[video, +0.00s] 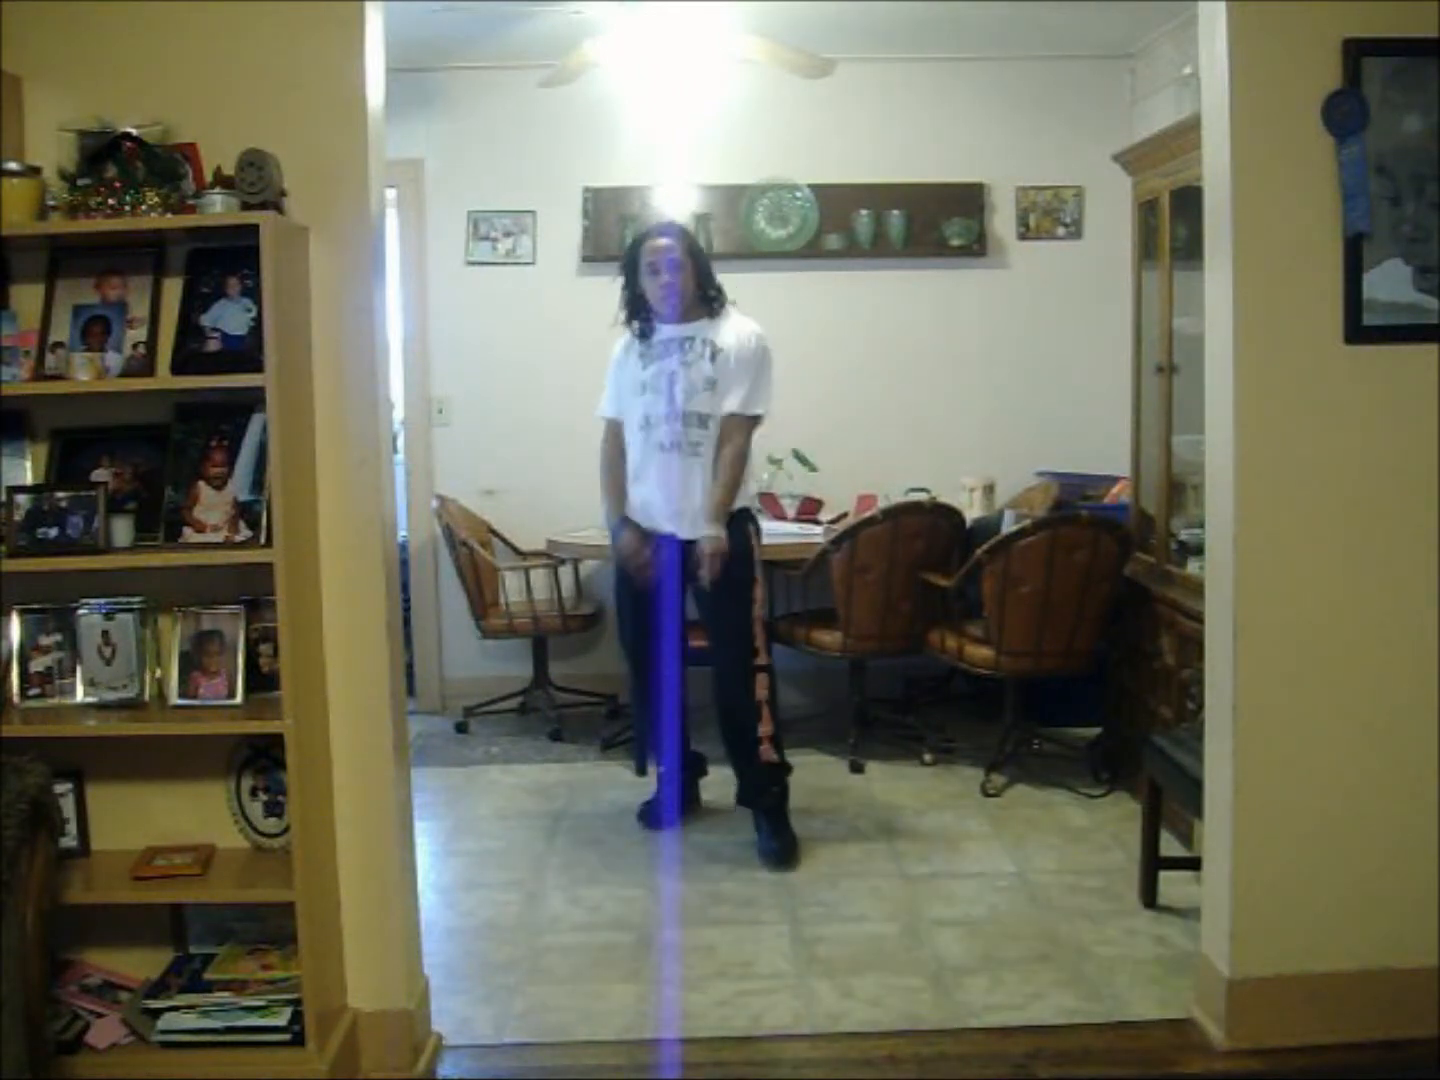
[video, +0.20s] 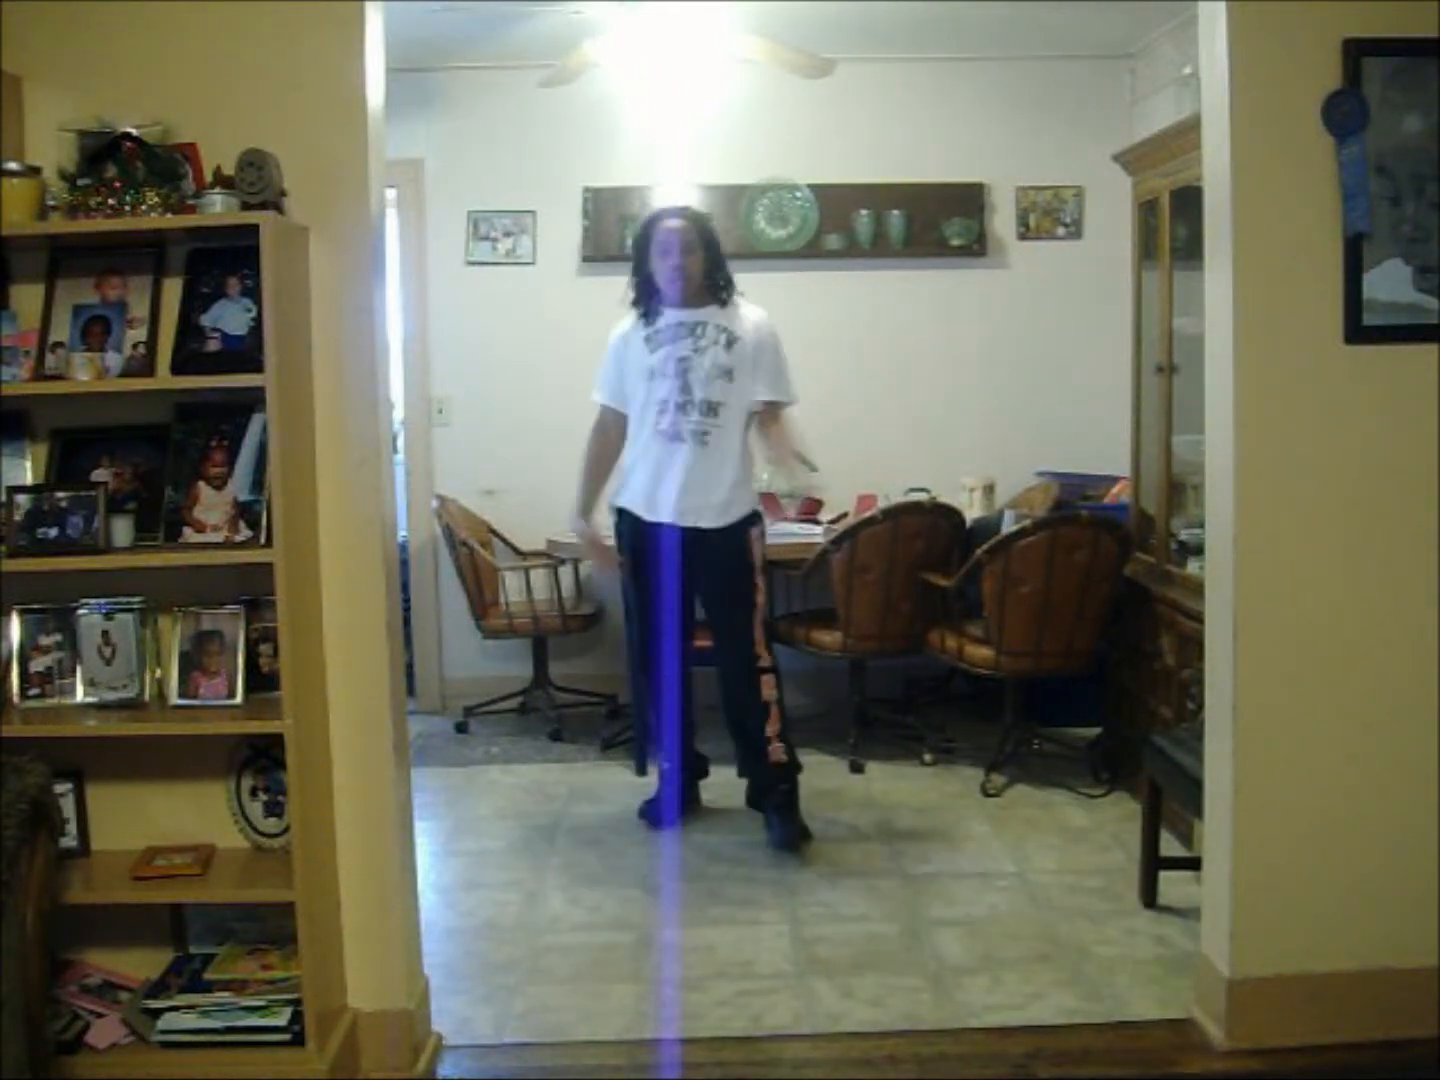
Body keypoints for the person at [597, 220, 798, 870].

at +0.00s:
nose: (664, 278)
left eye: (674, 265)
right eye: (653, 268)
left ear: (697, 271)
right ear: (637, 280)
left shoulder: (739, 338)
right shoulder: (631, 348)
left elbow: (735, 438)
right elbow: (613, 439)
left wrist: (716, 521)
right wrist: (619, 520)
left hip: (718, 527)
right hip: (644, 528)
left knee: (737, 668)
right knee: (651, 666)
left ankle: (768, 806)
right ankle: (675, 783)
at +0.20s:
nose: (677, 260)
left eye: (688, 249)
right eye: (664, 251)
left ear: (709, 257)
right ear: (646, 263)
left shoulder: (749, 328)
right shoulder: (631, 337)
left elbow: (769, 416)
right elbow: (610, 426)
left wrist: (794, 466)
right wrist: (583, 511)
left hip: (726, 514)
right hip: (647, 514)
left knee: (745, 656)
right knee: (658, 656)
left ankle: (777, 796)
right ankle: (675, 781)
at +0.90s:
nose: (762, 274)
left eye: (777, 265)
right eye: (751, 260)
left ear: (796, 280)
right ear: (727, 267)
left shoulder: (810, 353)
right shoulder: (683, 326)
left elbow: (807, 458)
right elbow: (654, 411)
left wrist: (805, 561)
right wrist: (661, 508)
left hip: (767, 526)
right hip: (690, 522)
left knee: (772, 665)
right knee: (684, 660)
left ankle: (781, 806)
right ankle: (680, 784)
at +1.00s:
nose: (758, 260)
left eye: (772, 250)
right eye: (746, 248)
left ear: (790, 262)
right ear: (722, 258)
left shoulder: (813, 342)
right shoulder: (683, 322)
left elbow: (823, 452)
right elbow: (658, 404)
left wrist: (812, 551)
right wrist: (663, 484)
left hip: (770, 525)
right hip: (692, 518)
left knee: (770, 665)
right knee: (683, 659)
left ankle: (781, 805)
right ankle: (681, 782)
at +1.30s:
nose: (719, 247)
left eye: (729, 235)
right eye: (704, 240)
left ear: (753, 244)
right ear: (683, 256)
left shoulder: (789, 328)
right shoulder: (664, 328)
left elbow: (826, 415)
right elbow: (645, 414)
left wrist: (840, 499)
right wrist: (647, 504)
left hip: (758, 527)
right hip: (678, 523)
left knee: (768, 669)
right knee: (668, 664)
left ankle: (781, 807)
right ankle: (670, 795)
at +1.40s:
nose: (694, 252)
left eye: (705, 239)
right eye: (680, 243)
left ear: (728, 248)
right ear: (660, 258)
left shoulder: (768, 328)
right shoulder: (643, 334)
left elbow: (801, 417)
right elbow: (627, 431)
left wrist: (831, 491)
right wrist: (623, 519)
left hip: (742, 526)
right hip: (660, 524)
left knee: (757, 668)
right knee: (658, 669)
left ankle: (780, 807)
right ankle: (669, 797)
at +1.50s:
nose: (682, 256)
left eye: (693, 244)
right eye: (669, 246)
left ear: (718, 252)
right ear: (648, 260)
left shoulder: (759, 328)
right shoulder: (633, 337)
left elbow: (788, 419)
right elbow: (615, 432)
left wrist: (812, 491)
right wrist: (608, 520)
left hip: (734, 523)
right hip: (650, 523)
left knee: (750, 665)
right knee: (654, 667)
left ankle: (777, 803)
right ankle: (667, 797)